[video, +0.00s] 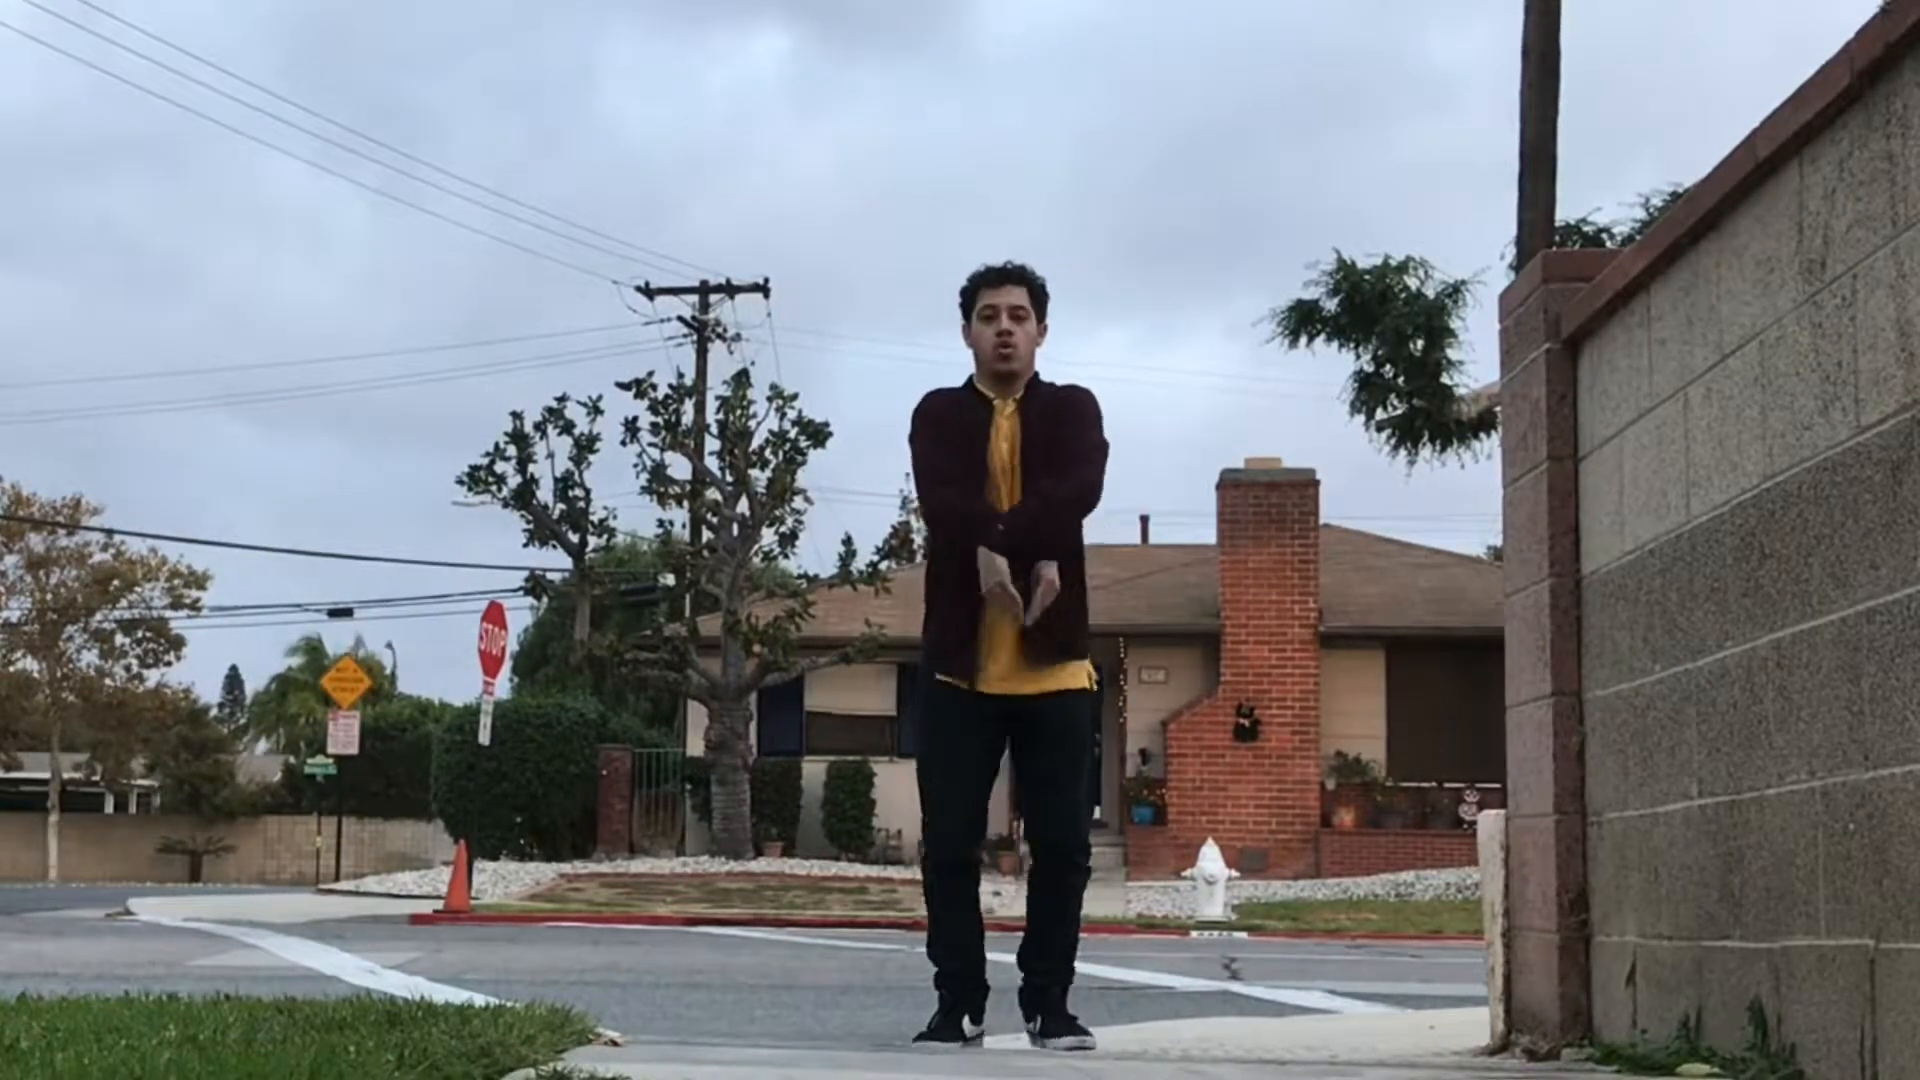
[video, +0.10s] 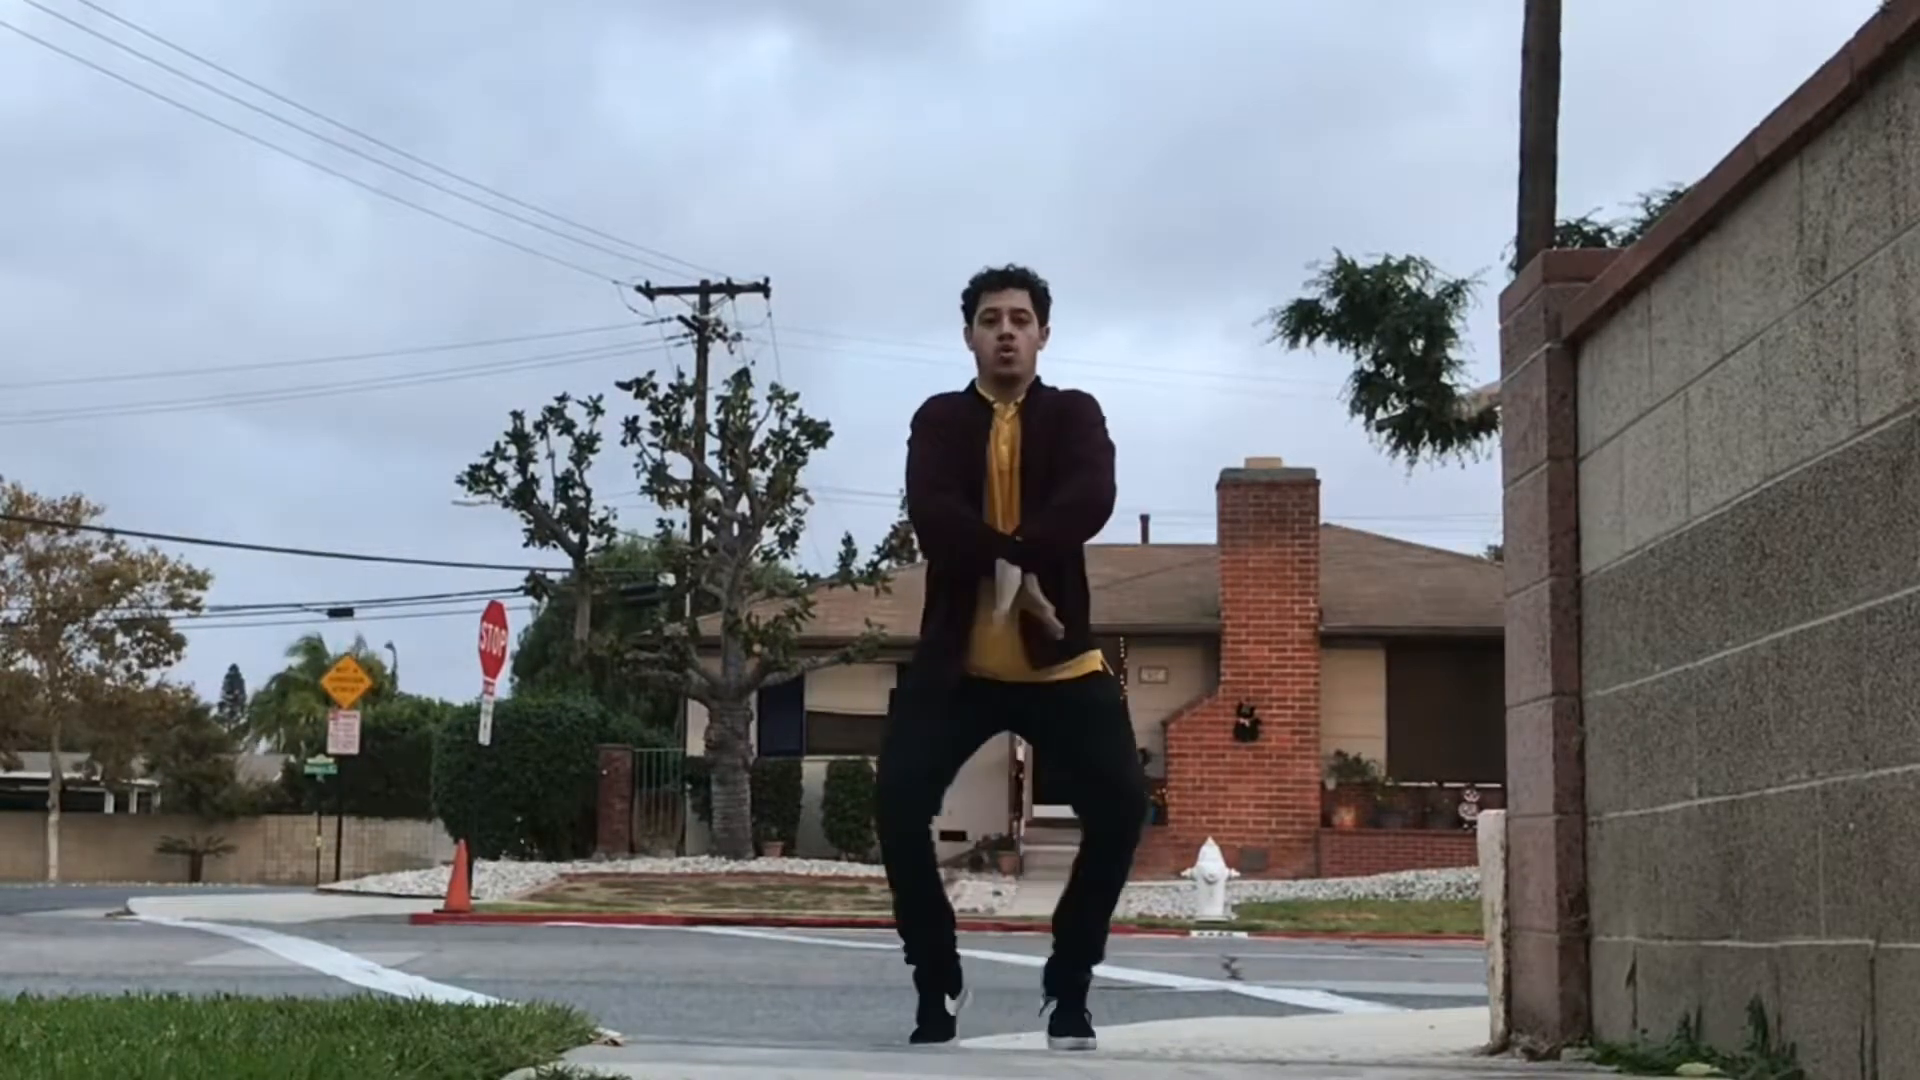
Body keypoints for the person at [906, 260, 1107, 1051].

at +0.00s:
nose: (1004, 330)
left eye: (1018, 317)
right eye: (989, 317)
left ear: (1040, 331)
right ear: (968, 332)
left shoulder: (1073, 406)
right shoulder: (938, 411)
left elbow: (1081, 491)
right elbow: (942, 510)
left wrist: (997, 540)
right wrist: (1033, 558)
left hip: (1054, 667)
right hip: (960, 668)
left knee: (1062, 847)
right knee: (949, 846)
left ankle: (1048, 1007)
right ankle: (959, 1007)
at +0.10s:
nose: (1005, 333)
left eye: (1019, 320)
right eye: (991, 321)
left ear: (1042, 335)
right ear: (970, 337)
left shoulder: (1076, 412)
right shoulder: (939, 417)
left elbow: (1092, 501)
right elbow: (932, 516)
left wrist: (1005, 553)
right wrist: (1018, 577)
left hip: (1062, 673)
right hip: (956, 670)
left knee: (1121, 811)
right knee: (898, 804)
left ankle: (1069, 987)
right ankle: (936, 978)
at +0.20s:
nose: (1007, 340)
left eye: (1021, 327)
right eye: (992, 328)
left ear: (1043, 342)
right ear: (971, 344)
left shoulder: (1077, 420)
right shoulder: (939, 423)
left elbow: (1087, 511)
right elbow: (933, 520)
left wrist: (998, 562)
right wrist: (1026, 574)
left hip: (1069, 674)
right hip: (956, 672)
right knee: (859, 795)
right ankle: (902, 983)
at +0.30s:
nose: (1009, 338)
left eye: (1023, 325)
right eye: (993, 326)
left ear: (1044, 341)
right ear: (972, 341)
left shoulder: (1077, 419)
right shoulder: (940, 422)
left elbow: (1100, 501)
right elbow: (925, 512)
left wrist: (999, 533)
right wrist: (1023, 540)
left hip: (1058, 676)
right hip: (957, 675)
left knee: (1096, 821)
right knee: (921, 825)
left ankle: (1057, 979)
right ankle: (956, 981)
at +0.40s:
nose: (1010, 333)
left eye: (1024, 321)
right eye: (995, 321)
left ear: (1046, 336)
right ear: (973, 337)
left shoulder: (1081, 419)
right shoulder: (940, 423)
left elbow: (1125, 494)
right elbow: (916, 503)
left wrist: (1028, 460)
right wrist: (1001, 433)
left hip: (1053, 679)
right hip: (961, 676)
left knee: (1047, 845)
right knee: (957, 846)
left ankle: (1051, 1004)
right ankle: (956, 1006)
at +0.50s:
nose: (1011, 328)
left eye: (1025, 316)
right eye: (995, 317)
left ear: (1047, 332)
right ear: (974, 334)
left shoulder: (1083, 420)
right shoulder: (942, 421)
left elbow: (1082, 518)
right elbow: (940, 517)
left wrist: (1028, 453)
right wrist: (1007, 452)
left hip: (1056, 671)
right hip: (958, 668)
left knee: (1066, 841)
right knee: (941, 839)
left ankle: (1054, 1006)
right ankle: (953, 1001)